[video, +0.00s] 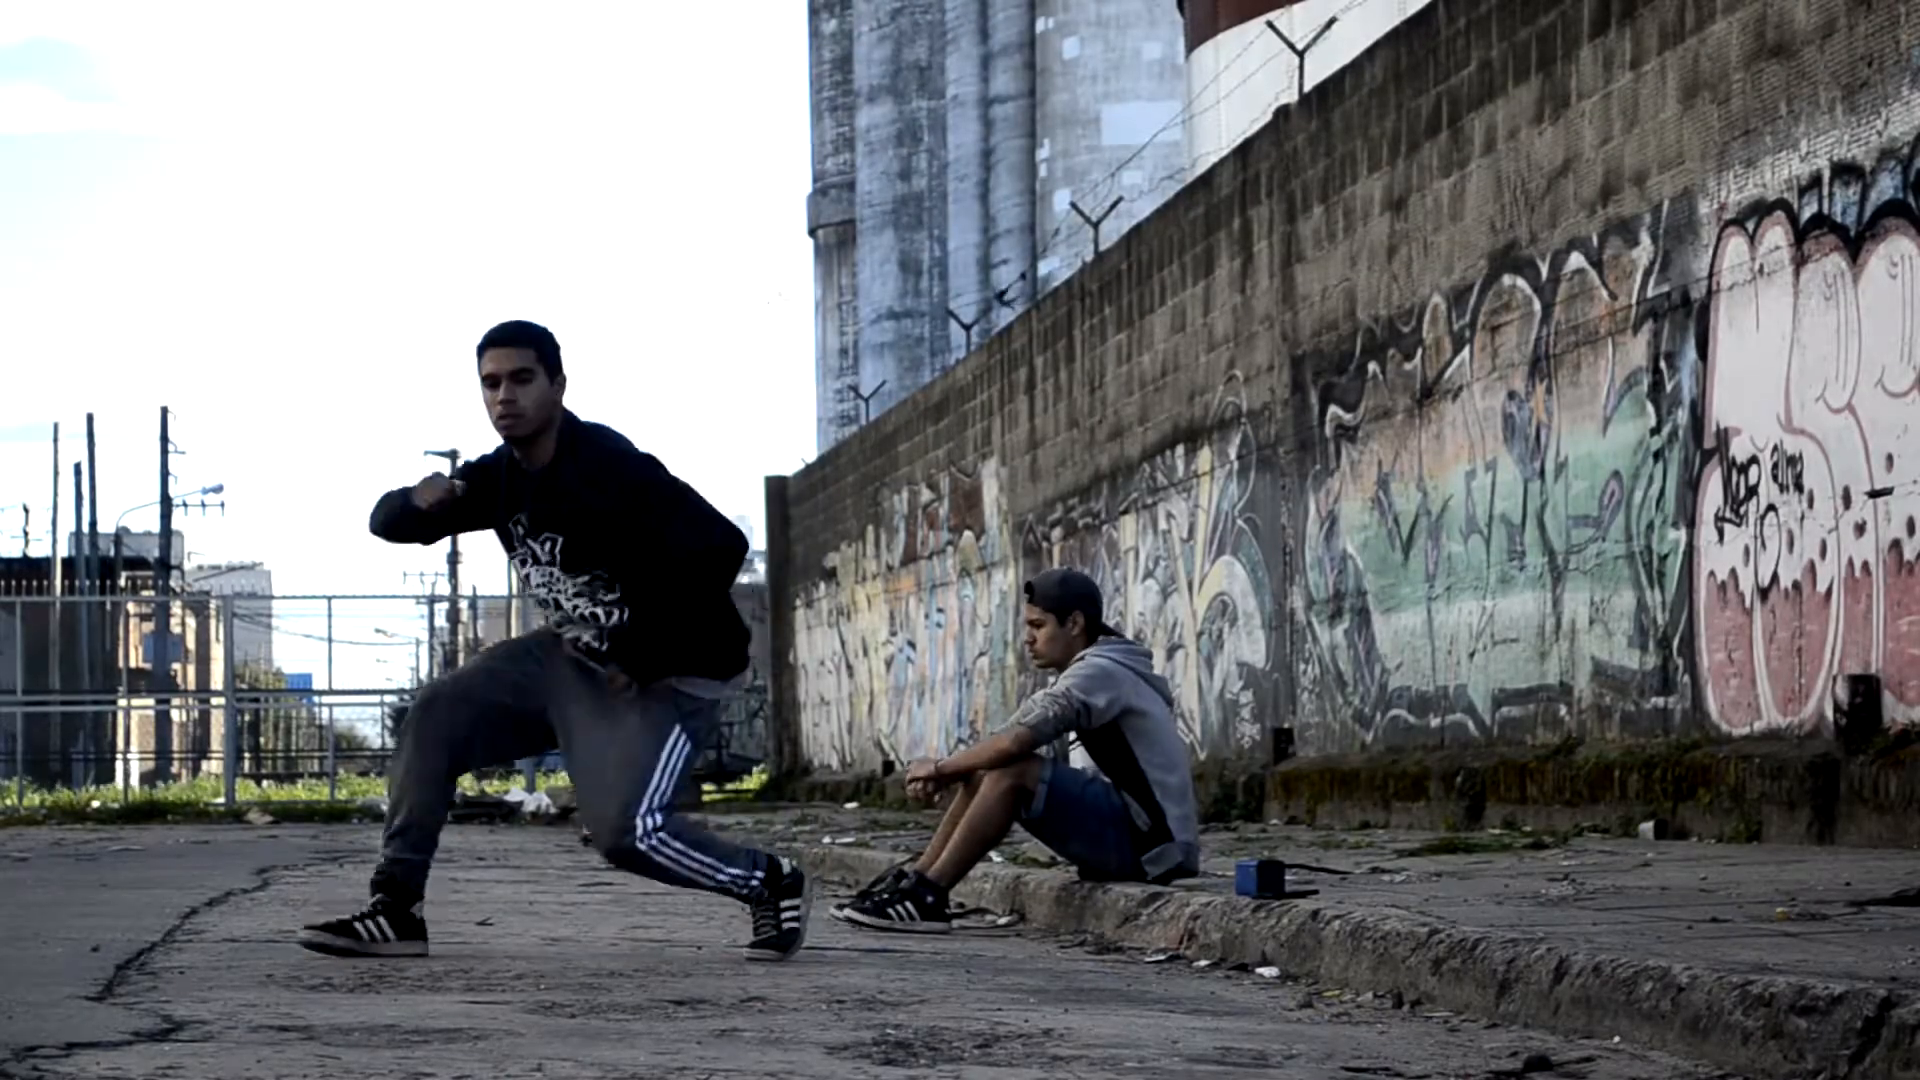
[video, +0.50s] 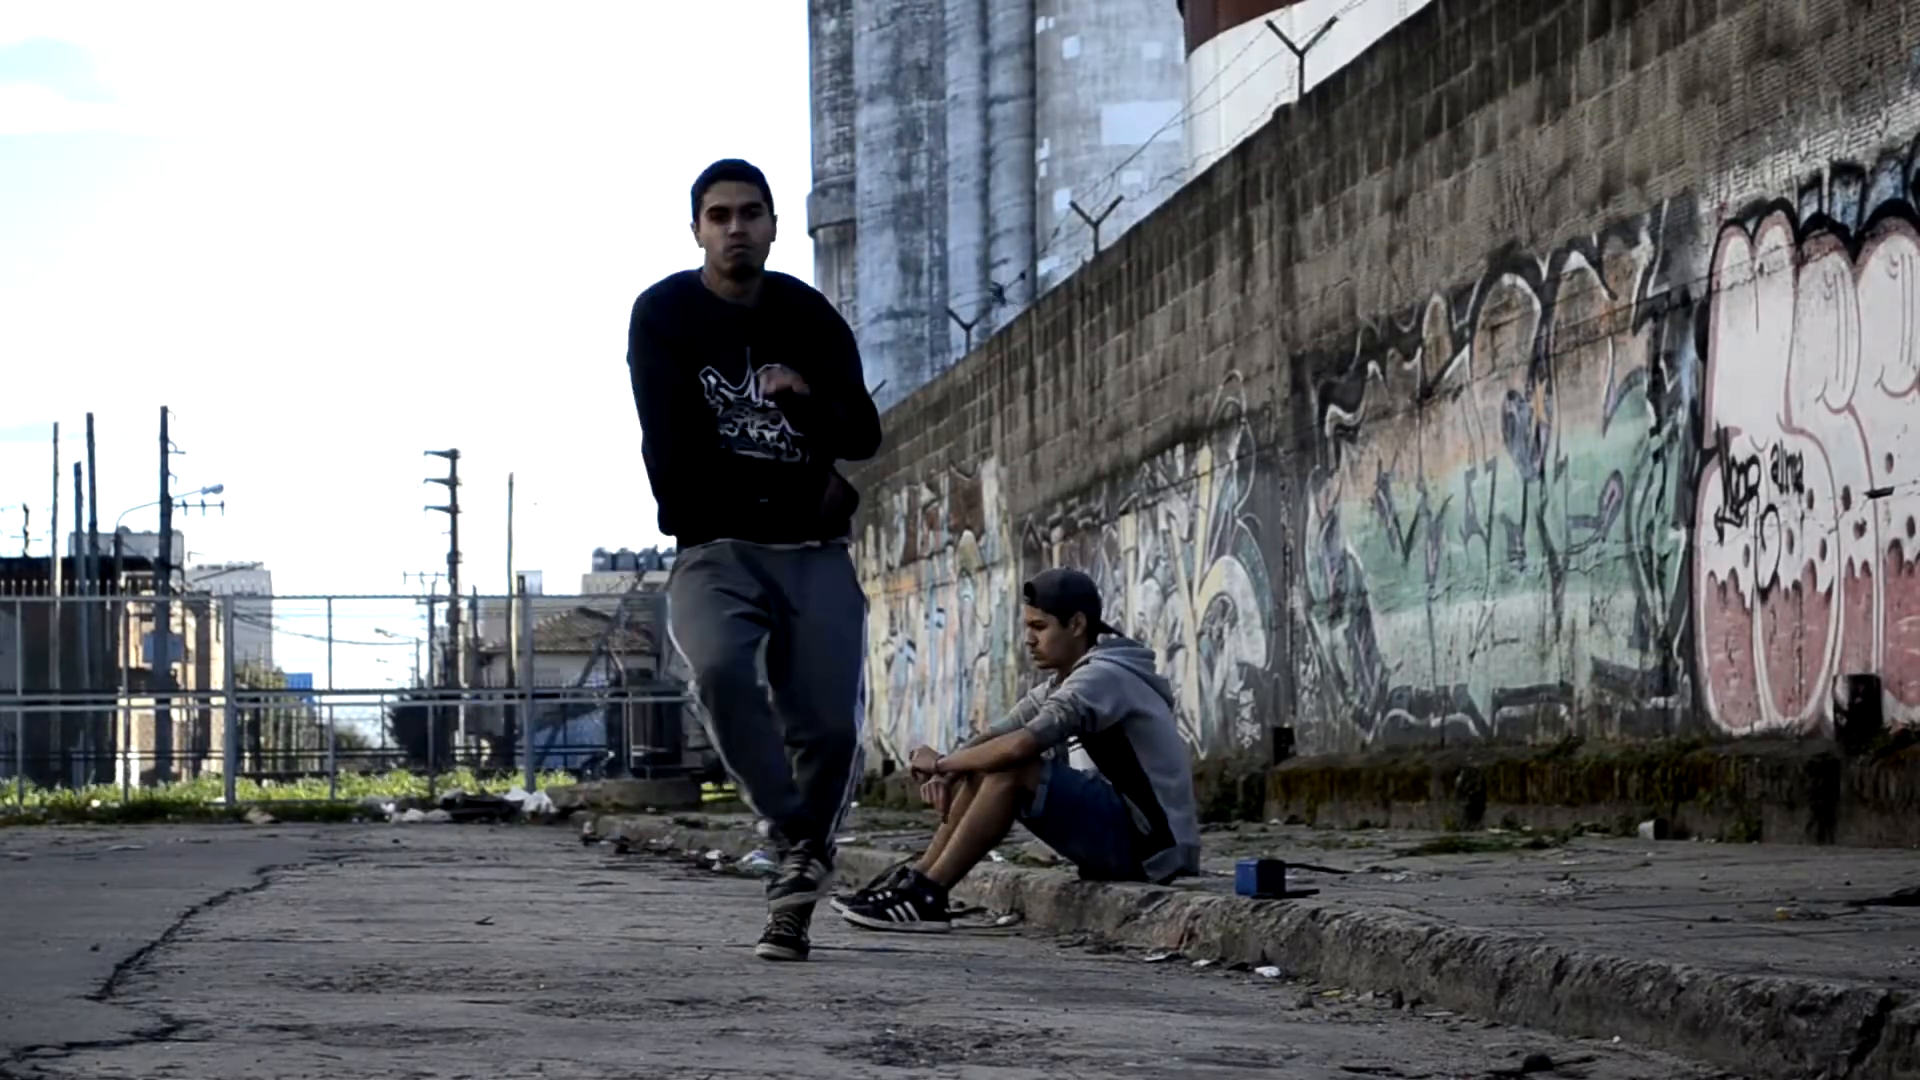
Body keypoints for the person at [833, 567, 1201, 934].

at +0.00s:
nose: (1028, 638)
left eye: (1037, 626)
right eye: (1027, 626)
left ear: (1075, 624)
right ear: (1076, 626)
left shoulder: (1100, 669)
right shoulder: (1088, 669)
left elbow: (1016, 742)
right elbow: (1017, 740)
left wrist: (940, 766)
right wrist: (945, 769)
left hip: (1151, 843)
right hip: (1128, 833)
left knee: (1011, 773)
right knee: (984, 769)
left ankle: (931, 894)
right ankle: (912, 884)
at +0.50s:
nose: (1029, 639)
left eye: (1039, 627)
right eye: (1027, 627)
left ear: (1078, 625)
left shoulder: (1103, 673)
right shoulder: (1072, 675)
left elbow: (1022, 747)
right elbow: (1005, 730)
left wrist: (944, 761)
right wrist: (945, 762)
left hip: (1151, 844)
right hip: (1121, 834)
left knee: (1014, 770)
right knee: (983, 763)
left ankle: (932, 893)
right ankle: (915, 883)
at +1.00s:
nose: (1024, 644)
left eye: (1032, 631)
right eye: (1021, 633)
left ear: (1070, 626)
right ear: (1066, 628)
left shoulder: (1101, 671)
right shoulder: (1071, 676)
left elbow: (1021, 740)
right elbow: (1002, 733)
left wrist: (946, 770)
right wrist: (946, 772)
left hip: (1151, 845)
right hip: (1122, 835)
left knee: (1015, 771)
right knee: (986, 765)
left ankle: (932, 895)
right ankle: (914, 884)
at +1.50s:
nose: (1039, 648)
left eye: (1049, 635)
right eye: (1031, 636)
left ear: (1088, 628)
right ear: (1027, 634)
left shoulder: (1110, 673)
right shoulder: (1068, 676)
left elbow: (1024, 743)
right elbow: (1002, 731)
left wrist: (943, 773)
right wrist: (945, 773)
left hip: (1148, 846)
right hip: (1118, 836)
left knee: (1015, 771)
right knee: (986, 763)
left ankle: (932, 894)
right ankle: (914, 883)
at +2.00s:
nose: (1035, 634)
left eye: (1047, 621)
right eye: (1030, 624)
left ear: (1085, 621)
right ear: (1026, 624)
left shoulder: (1103, 666)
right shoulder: (1081, 668)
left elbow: (1018, 741)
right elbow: (1012, 736)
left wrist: (940, 772)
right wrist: (948, 773)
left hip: (1149, 844)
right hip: (1123, 835)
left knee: (1011, 772)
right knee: (987, 766)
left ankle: (934, 893)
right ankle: (917, 879)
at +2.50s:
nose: (1028, 637)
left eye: (1037, 623)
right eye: (1024, 627)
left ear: (1076, 617)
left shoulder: (1105, 665)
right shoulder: (1081, 670)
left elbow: (1022, 738)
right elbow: (1015, 730)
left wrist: (945, 770)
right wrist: (949, 769)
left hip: (1151, 844)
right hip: (1123, 834)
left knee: (1015, 770)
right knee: (986, 764)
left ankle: (933, 895)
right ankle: (914, 884)